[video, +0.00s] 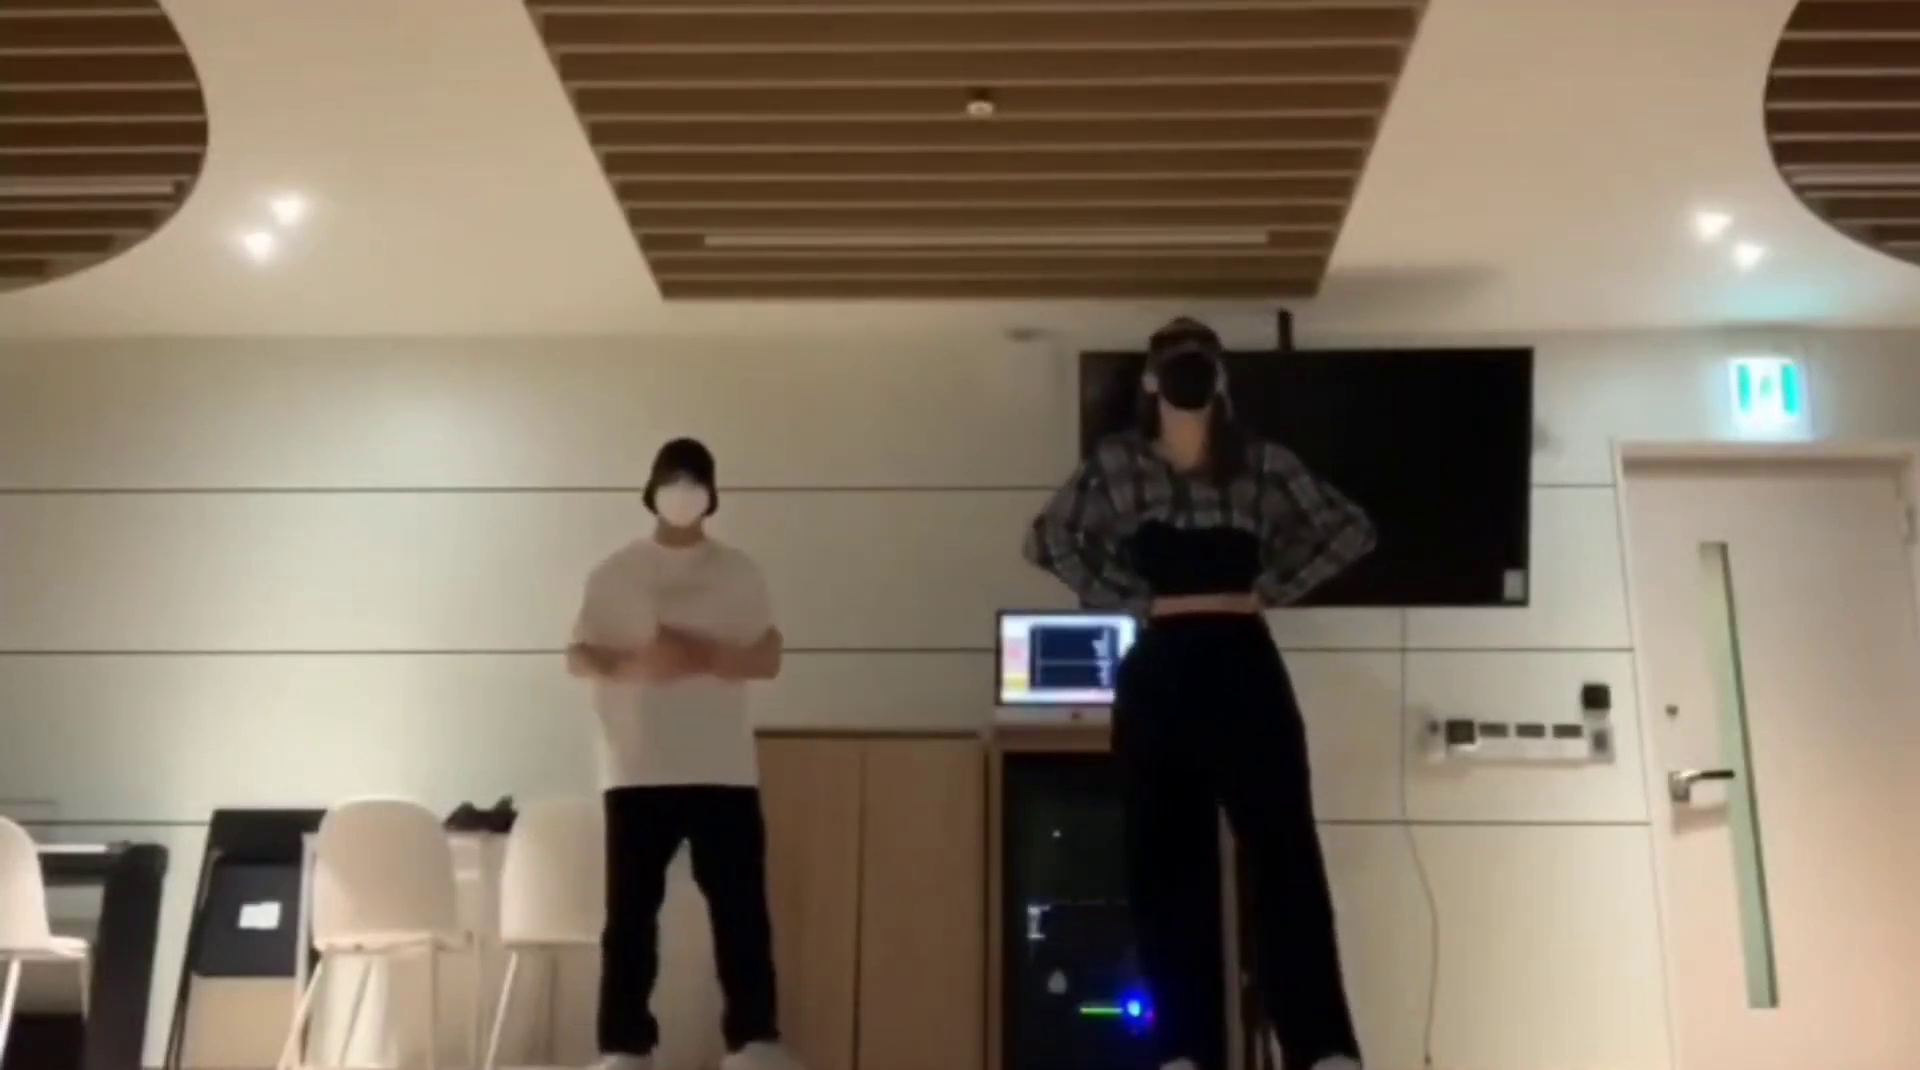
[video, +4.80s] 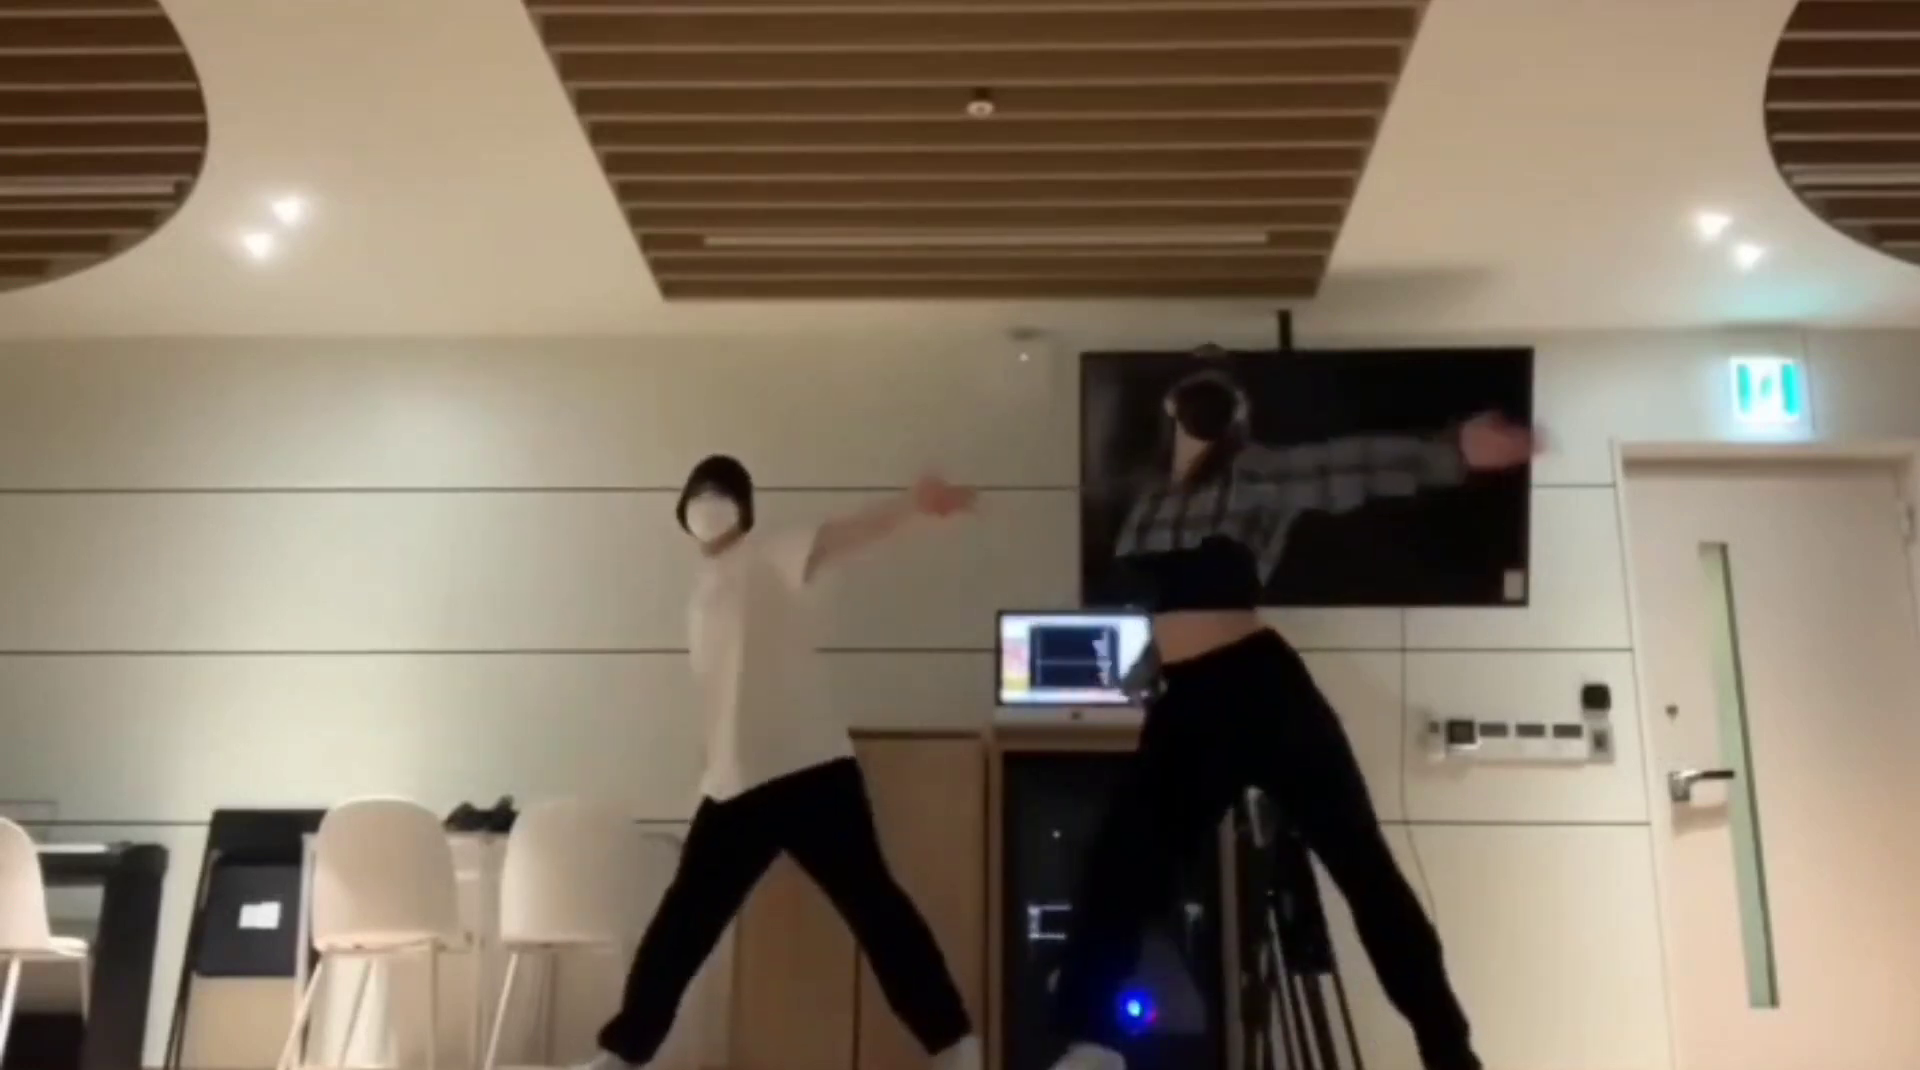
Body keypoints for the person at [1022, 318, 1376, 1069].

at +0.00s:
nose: (1189, 368)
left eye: (1199, 356)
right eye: (1174, 358)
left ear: (1221, 376)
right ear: (1150, 379)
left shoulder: (1264, 464)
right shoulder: (1116, 465)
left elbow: (1352, 530)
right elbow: (1049, 538)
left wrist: (1277, 586)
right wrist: (1126, 595)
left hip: (1248, 670)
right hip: (1162, 674)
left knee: (1283, 854)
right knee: (1168, 860)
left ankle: (1321, 1047)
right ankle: (1184, 1046)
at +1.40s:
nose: (1235, 423)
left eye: (1245, 413)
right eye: (1222, 413)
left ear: (1264, 425)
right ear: (1196, 424)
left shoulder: (1295, 507)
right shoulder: (1162, 496)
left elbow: (1334, 604)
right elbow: (1103, 576)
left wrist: (1360, 689)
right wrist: (1162, 604)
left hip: (1280, 693)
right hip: (1198, 692)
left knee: (1279, 871)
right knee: (1187, 866)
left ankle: (1266, 1039)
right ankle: (1190, 1038)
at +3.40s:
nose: (1206, 426)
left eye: (1217, 415)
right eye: (1192, 415)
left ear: (1236, 431)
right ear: (1168, 431)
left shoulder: (1270, 517)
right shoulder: (1131, 519)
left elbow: (1296, 620)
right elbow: (1112, 617)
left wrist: (1317, 716)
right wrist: (1132, 696)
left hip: (1256, 704)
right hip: (1178, 705)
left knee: (1260, 868)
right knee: (1189, 870)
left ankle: (1255, 1040)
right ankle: (1200, 1039)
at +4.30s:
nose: (1169, 410)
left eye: (1181, 397)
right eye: (1153, 399)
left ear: (1201, 413)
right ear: (1129, 417)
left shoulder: (1228, 494)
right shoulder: (1096, 493)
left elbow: (1244, 586)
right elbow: (1056, 585)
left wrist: (1237, 634)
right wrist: (1085, 678)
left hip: (1202, 689)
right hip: (1123, 688)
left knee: (1194, 829)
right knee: (1108, 839)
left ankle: (1186, 971)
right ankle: (1100, 993)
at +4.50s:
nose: (1177, 418)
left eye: (1188, 407)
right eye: (1163, 407)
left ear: (1207, 423)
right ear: (1137, 424)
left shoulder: (1229, 497)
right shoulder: (1100, 506)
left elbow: (1260, 561)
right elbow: (1068, 596)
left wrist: (1309, 573)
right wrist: (1092, 652)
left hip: (1222, 698)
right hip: (1134, 700)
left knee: (1291, 852)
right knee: (1083, 858)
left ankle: (1405, 1032)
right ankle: (1090, 1035)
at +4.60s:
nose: (1175, 423)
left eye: (1188, 411)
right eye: (1162, 412)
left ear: (1210, 429)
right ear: (1140, 428)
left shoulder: (1244, 489)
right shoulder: (1121, 507)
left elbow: (1346, 527)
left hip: (1253, 695)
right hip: (1167, 712)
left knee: (1348, 861)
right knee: (1105, 864)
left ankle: (1446, 1056)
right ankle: (1086, 1041)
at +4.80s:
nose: (1200, 413)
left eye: (1210, 401)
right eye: (1193, 401)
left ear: (1225, 418)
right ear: (1174, 418)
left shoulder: (1251, 476)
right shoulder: (1149, 498)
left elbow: (1338, 467)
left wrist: (1455, 451)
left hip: (1260, 683)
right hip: (1183, 702)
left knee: (1358, 860)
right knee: (1121, 865)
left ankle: (1447, 1050)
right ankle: (1083, 1041)